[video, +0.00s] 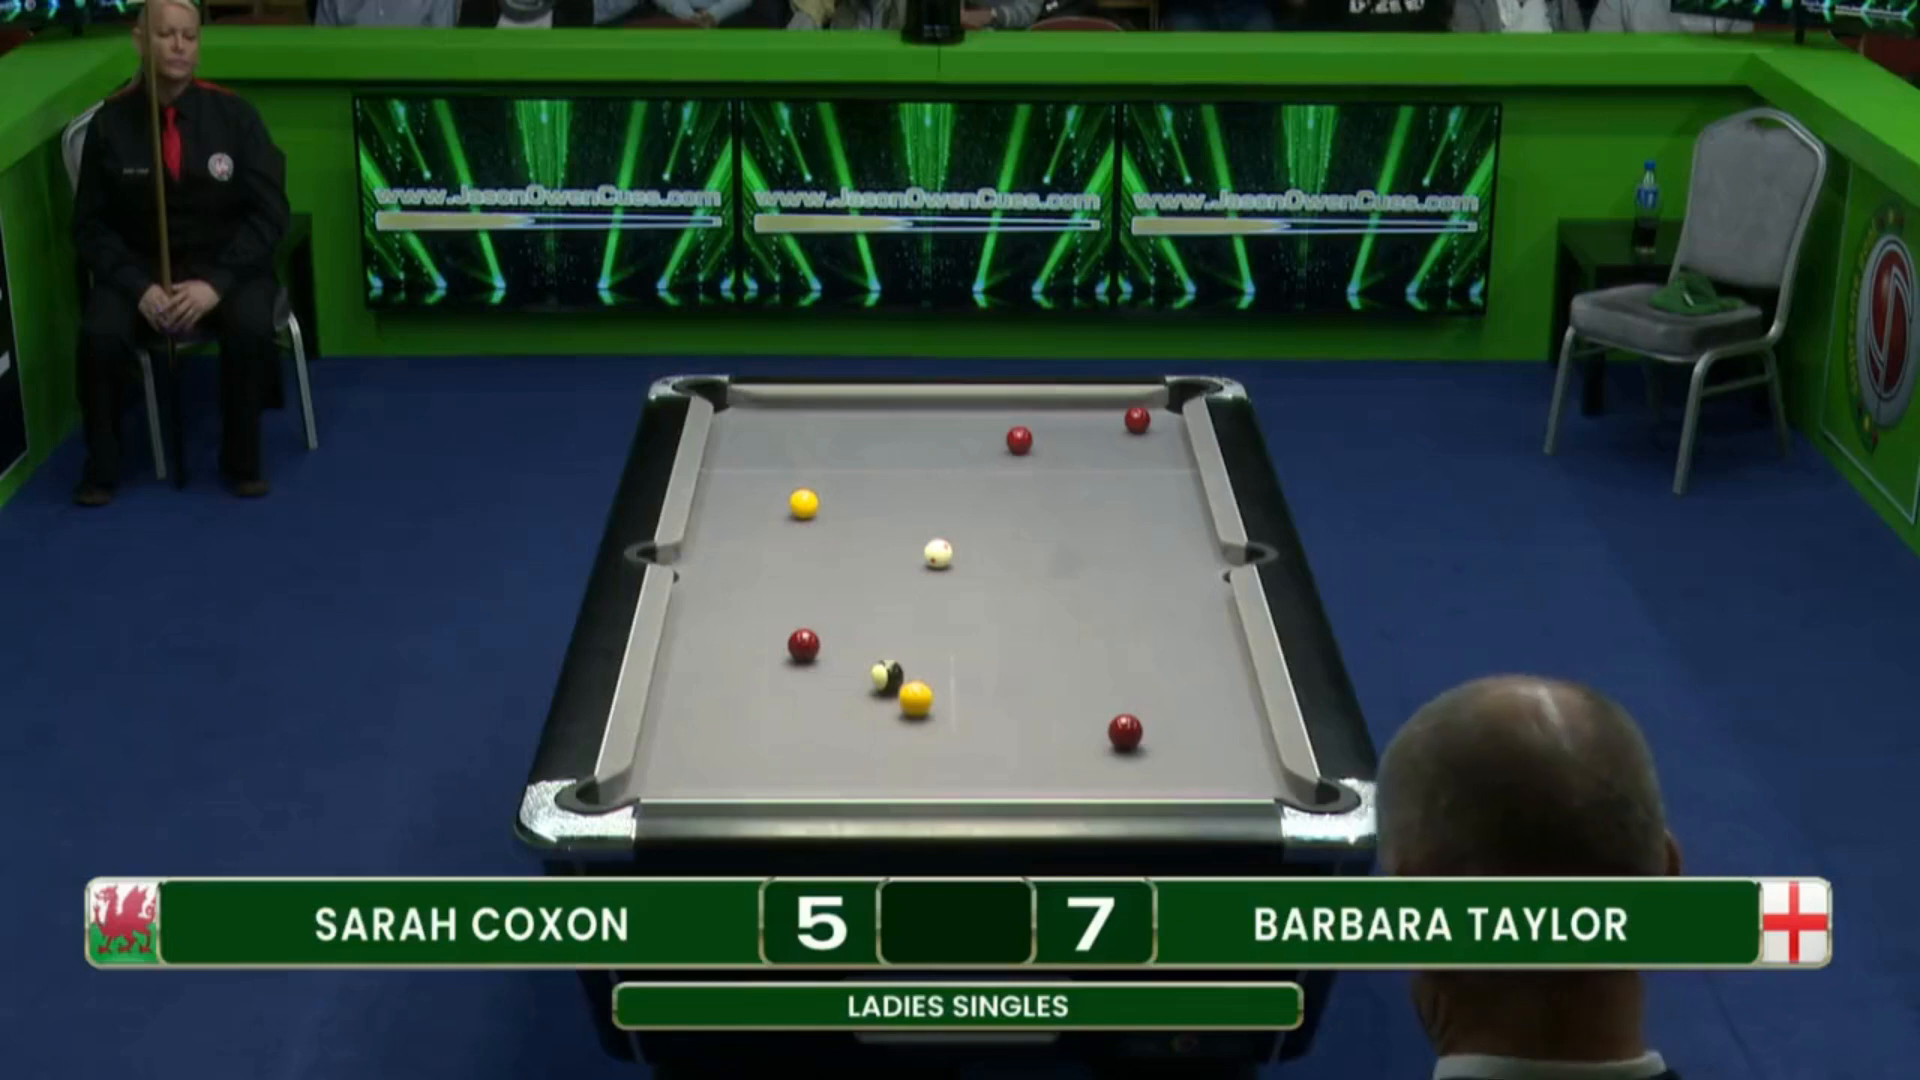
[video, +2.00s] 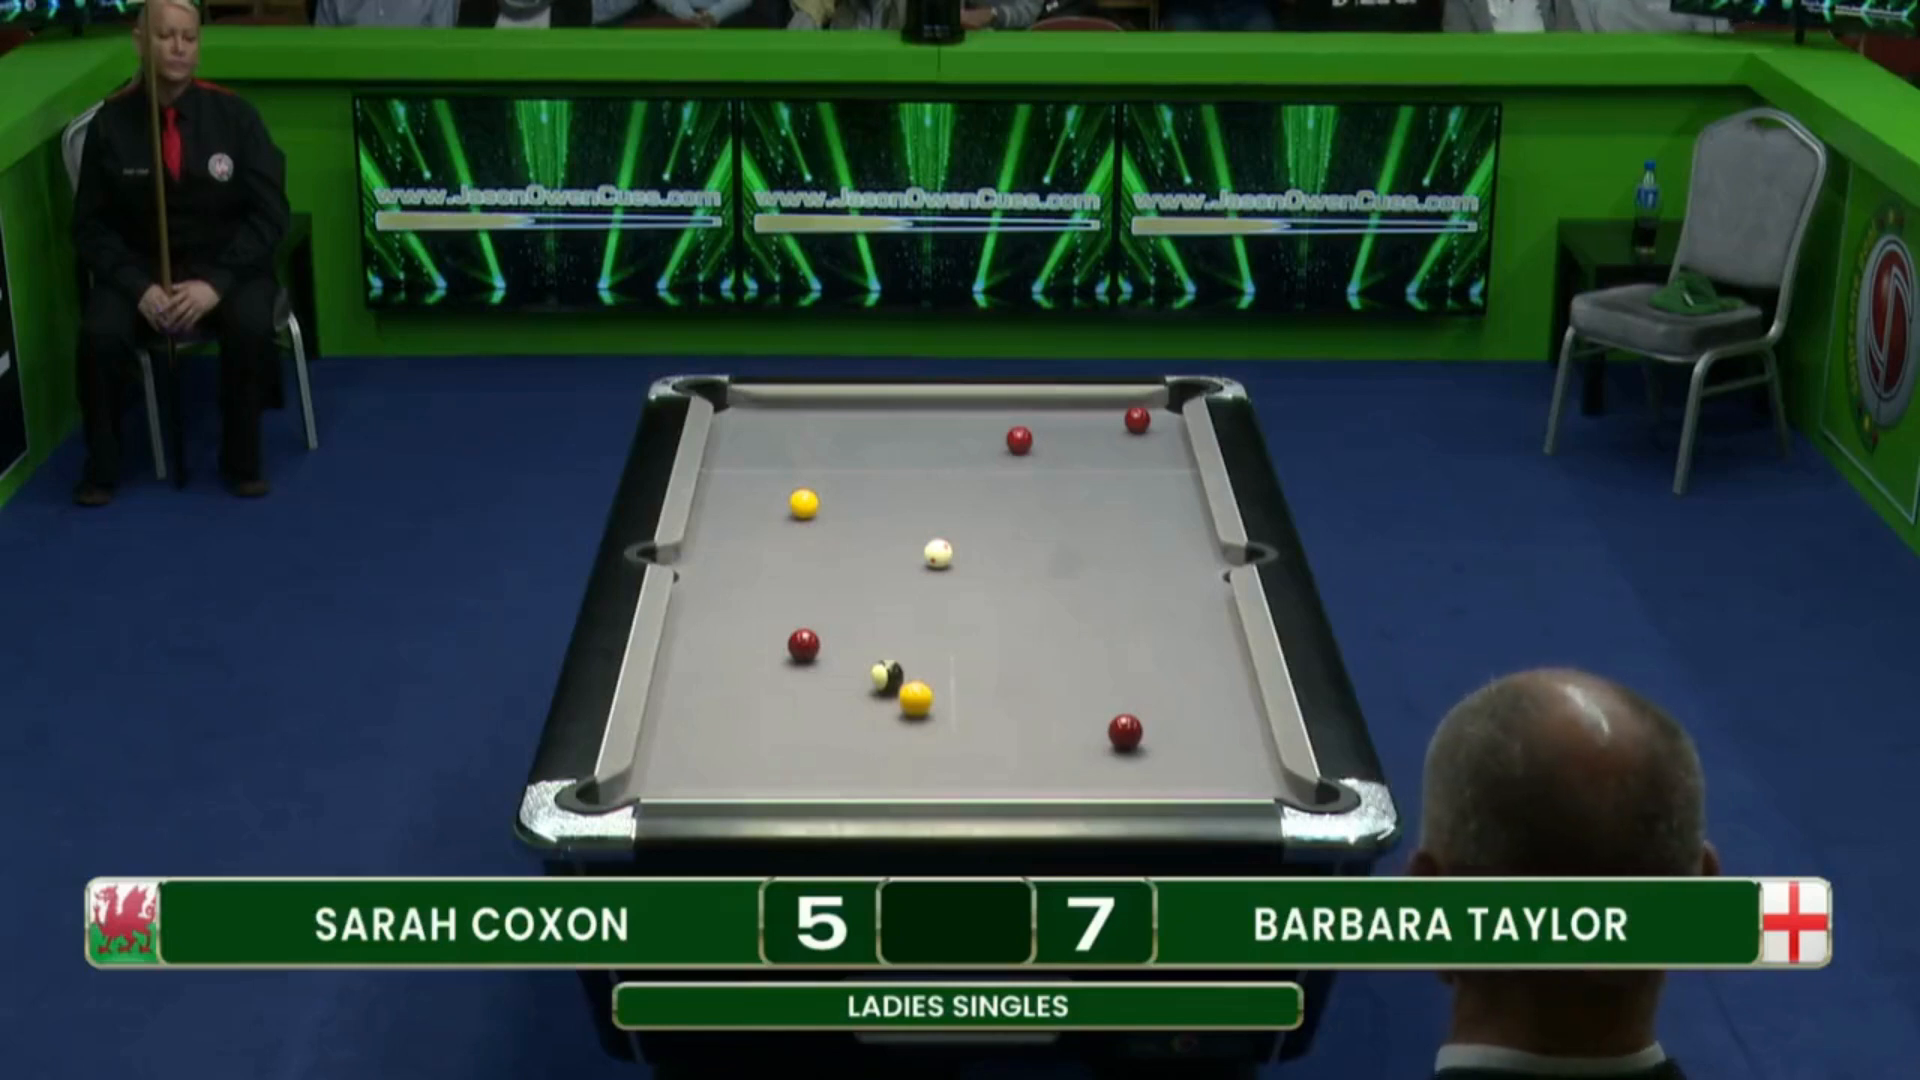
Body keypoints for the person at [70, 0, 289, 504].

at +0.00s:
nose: (180, 47)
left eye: (189, 36)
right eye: (166, 35)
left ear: (199, 43)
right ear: (141, 40)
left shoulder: (235, 115)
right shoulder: (111, 121)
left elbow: (269, 214)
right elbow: (90, 226)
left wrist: (213, 283)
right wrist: (140, 287)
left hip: (221, 268)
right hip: (138, 274)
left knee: (249, 327)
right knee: (102, 333)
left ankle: (243, 462)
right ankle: (101, 468)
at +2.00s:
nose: (180, 48)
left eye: (189, 37)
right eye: (166, 36)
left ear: (199, 44)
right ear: (141, 41)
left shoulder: (234, 115)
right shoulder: (111, 122)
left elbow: (269, 214)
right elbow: (90, 226)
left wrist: (213, 283)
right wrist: (140, 287)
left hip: (221, 267)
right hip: (138, 274)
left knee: (249, 326)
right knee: (102, 333)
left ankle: (243, 462)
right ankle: (101, 468)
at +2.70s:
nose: (178, 49)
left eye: (189, 38)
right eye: (165, 37)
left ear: (199, 44)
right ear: (141, 41)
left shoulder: (235, 115)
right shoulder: (111, 122)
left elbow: (269, 214)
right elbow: (90, 226)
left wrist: (213, 283)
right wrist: (140, 287)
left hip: (221, 267)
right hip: (138, 274)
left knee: (249, 329)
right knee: (101, 335)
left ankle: (244, 461)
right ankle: (102, 467)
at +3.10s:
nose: (179, 49)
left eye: (189, 38)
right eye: (166, 37)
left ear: (199, 45)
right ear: (141, 42)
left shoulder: (235, 115)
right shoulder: (111, 121)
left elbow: (269, 214)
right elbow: (90, 226)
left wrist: (213, 283)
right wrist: (140, 287)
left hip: (221, 267)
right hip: (138, 274)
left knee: (249, 329)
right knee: (101, 335)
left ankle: (244, 462)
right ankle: (101, 467)